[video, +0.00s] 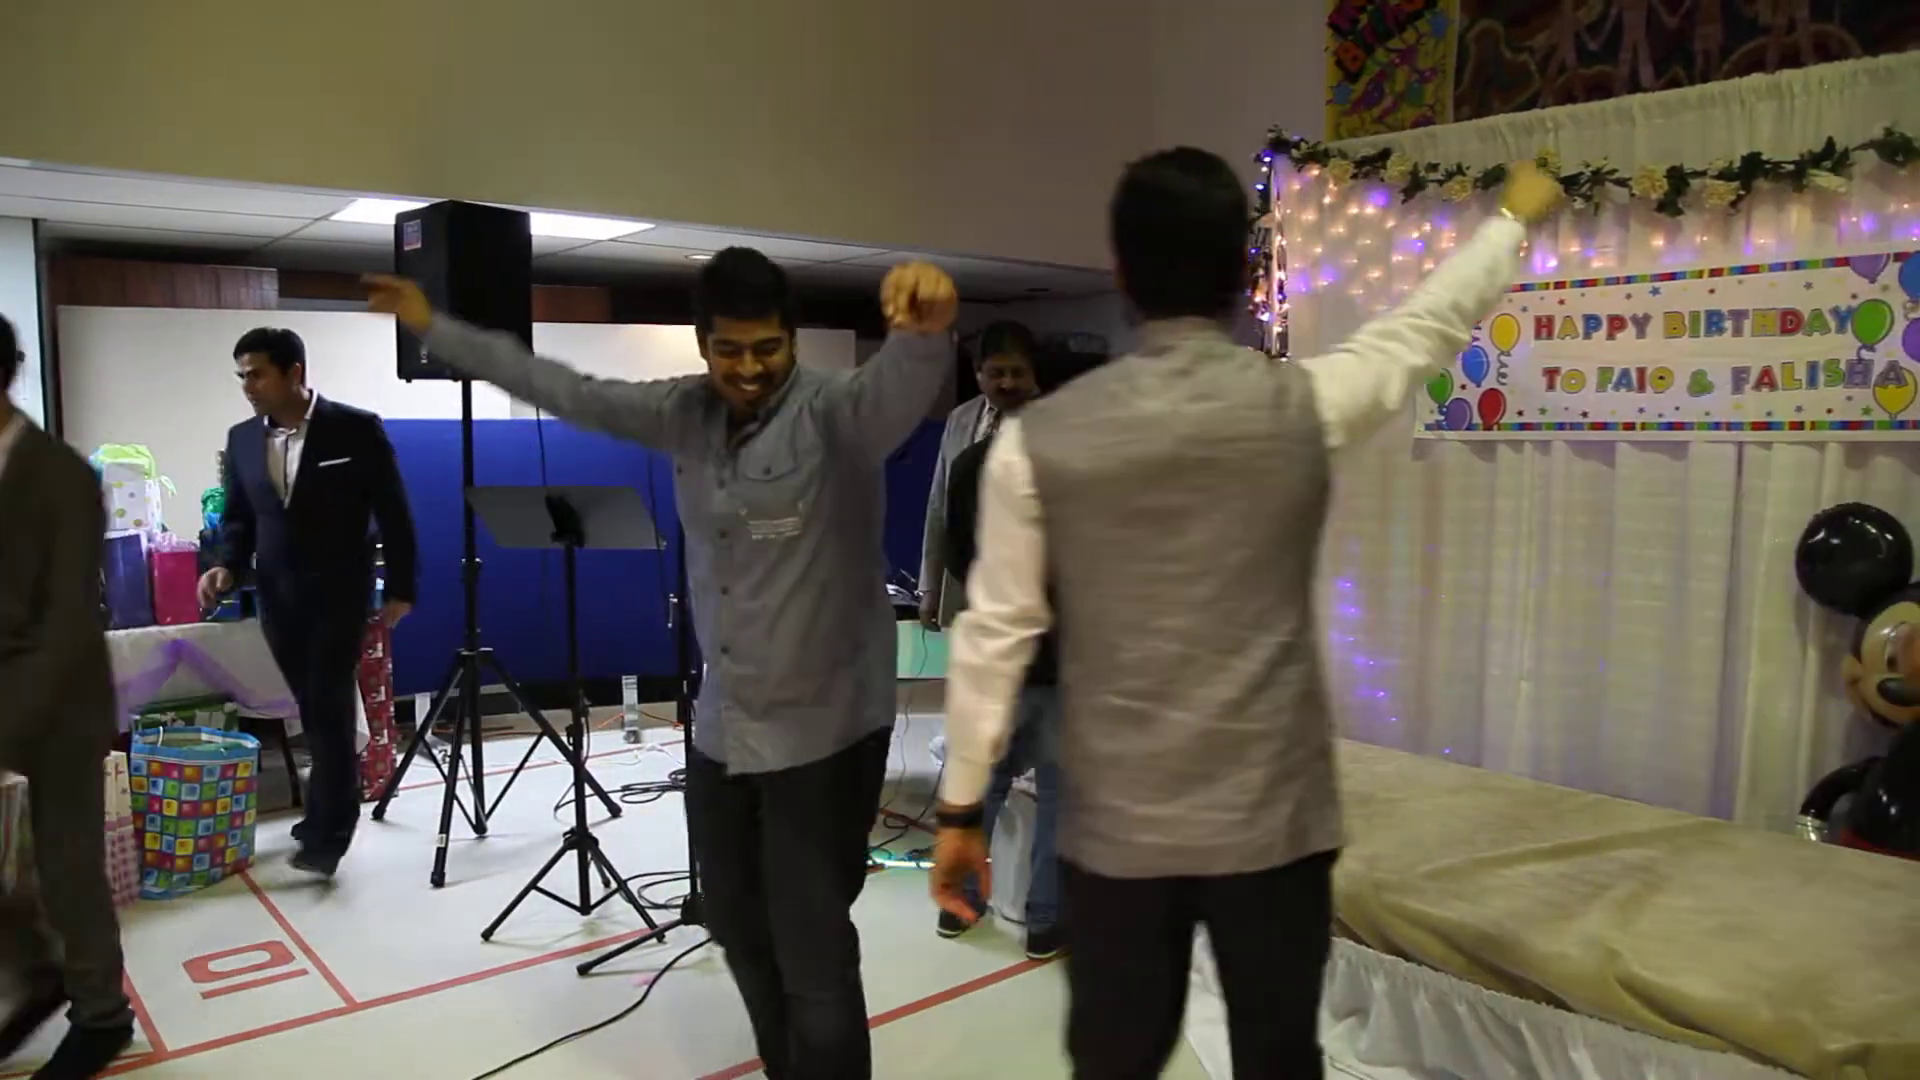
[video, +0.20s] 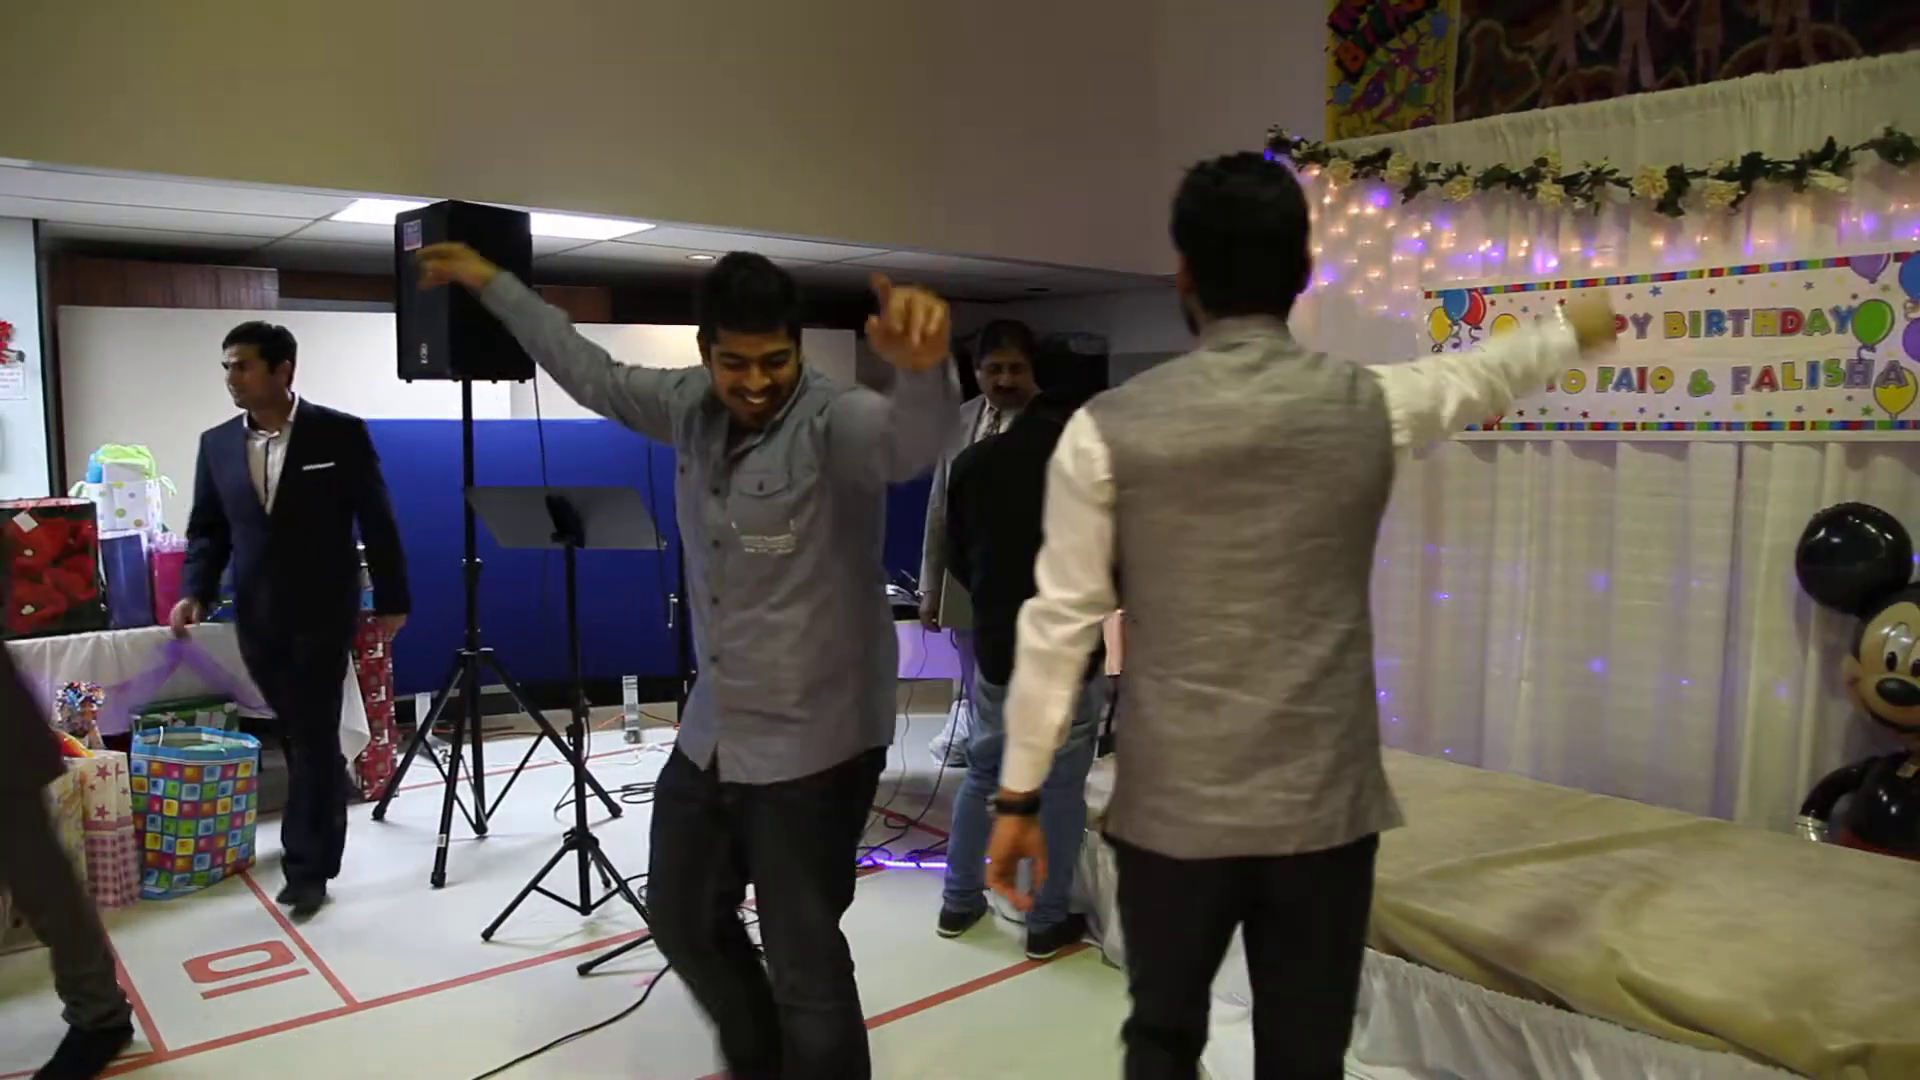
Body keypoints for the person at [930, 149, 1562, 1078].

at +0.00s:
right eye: (1244, 245)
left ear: (1122, 271)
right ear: (1245, 267)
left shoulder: (1039, 442)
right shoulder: (1301, 405)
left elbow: (996, 634)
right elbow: (1429, 326)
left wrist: (961, 807)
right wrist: (1514, 216)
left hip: (1120, 838)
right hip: (1274, 835)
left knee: (1113, 1061)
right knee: (1281, 1063)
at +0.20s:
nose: (1179, 268)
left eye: (1178, 254)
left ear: (1183, 273)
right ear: (1302, 272)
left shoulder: (1109, 431)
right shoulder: (1367, 405)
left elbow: (1062, 623)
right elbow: (1482, 375)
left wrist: (1018, 794)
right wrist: (1575, 330)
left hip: (1172, 821)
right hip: (1323, 826)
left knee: (1161, 1040)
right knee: (1304, 1066)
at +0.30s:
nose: (1189, 264)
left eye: (1189, 251)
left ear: (1197, 270)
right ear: (1314, 269)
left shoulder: (1124, 423)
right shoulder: (1385, 400)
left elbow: (1086, 611)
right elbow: (1504, 434)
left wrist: (1048, 791)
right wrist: (1580, 445)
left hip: (1187, 814)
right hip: (1331, 817)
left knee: (1182, 1029)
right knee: (1309, 1064)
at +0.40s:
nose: (1196, 279)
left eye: (1197, 266)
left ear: (1208, 281)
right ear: (1324, 286)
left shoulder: (1136, 436)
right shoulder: (1395, 425)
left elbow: (1100, 629)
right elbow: (1493, 532)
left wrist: (1068, 803)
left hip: (1193, 827)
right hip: (1337, 831)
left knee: (1194, 1031)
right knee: (1305, 1065)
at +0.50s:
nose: (1199, 303)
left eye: (1203, 285)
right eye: (1203, 284)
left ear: (1221, 297)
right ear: (1322, 299)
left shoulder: (1151, 446)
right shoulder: (1393, 445)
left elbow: (1109, 638)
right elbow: (1449, 606)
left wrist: (1077, 800)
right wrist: (1497, 715)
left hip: (1199, 836)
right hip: (1338, 839)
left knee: (1192, 1024)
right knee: (1307, 1062)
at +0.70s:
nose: (1178, 297)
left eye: (1186, 275)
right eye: (1181, 275)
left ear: (1224, 281)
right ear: (1301, 285)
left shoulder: (1149, 418)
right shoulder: (1369, 433)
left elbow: (1065, 576)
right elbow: (1390, 612)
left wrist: (991, 698)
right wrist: (1425, 763)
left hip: (1189, 796)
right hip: (1322, 798)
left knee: (1193, 1017)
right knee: (1297, 1020)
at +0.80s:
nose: (1162, 308)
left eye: (1170, 288)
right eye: (1165, 288)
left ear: (1208, 300)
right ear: (1282, 300)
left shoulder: (1142, 427)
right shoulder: (1354, 444)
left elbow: (1017, 541)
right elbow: (1393, 613)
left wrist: (912, 623)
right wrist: (1438, 743)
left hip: (1179, 792)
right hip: (1304, 794)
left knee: (1180, 1003)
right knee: (1270, 959)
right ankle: (1291, 1076)